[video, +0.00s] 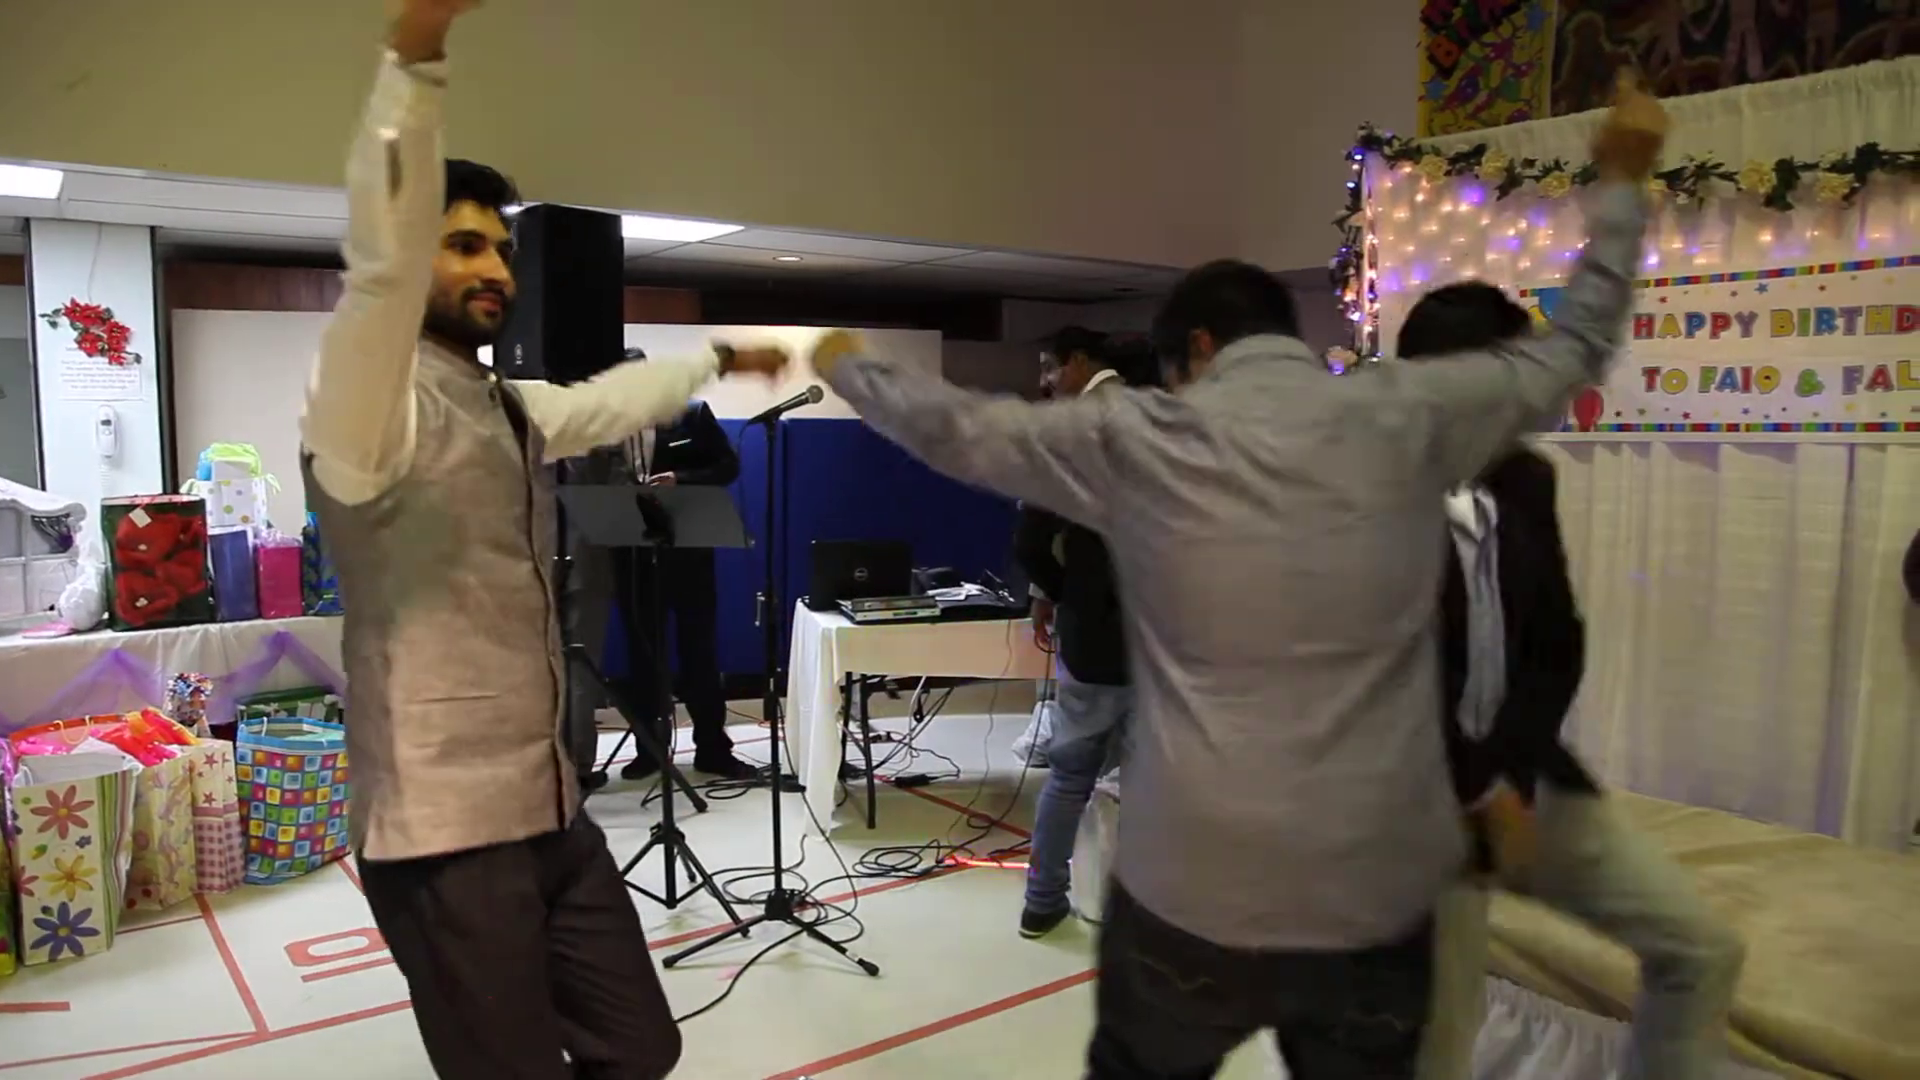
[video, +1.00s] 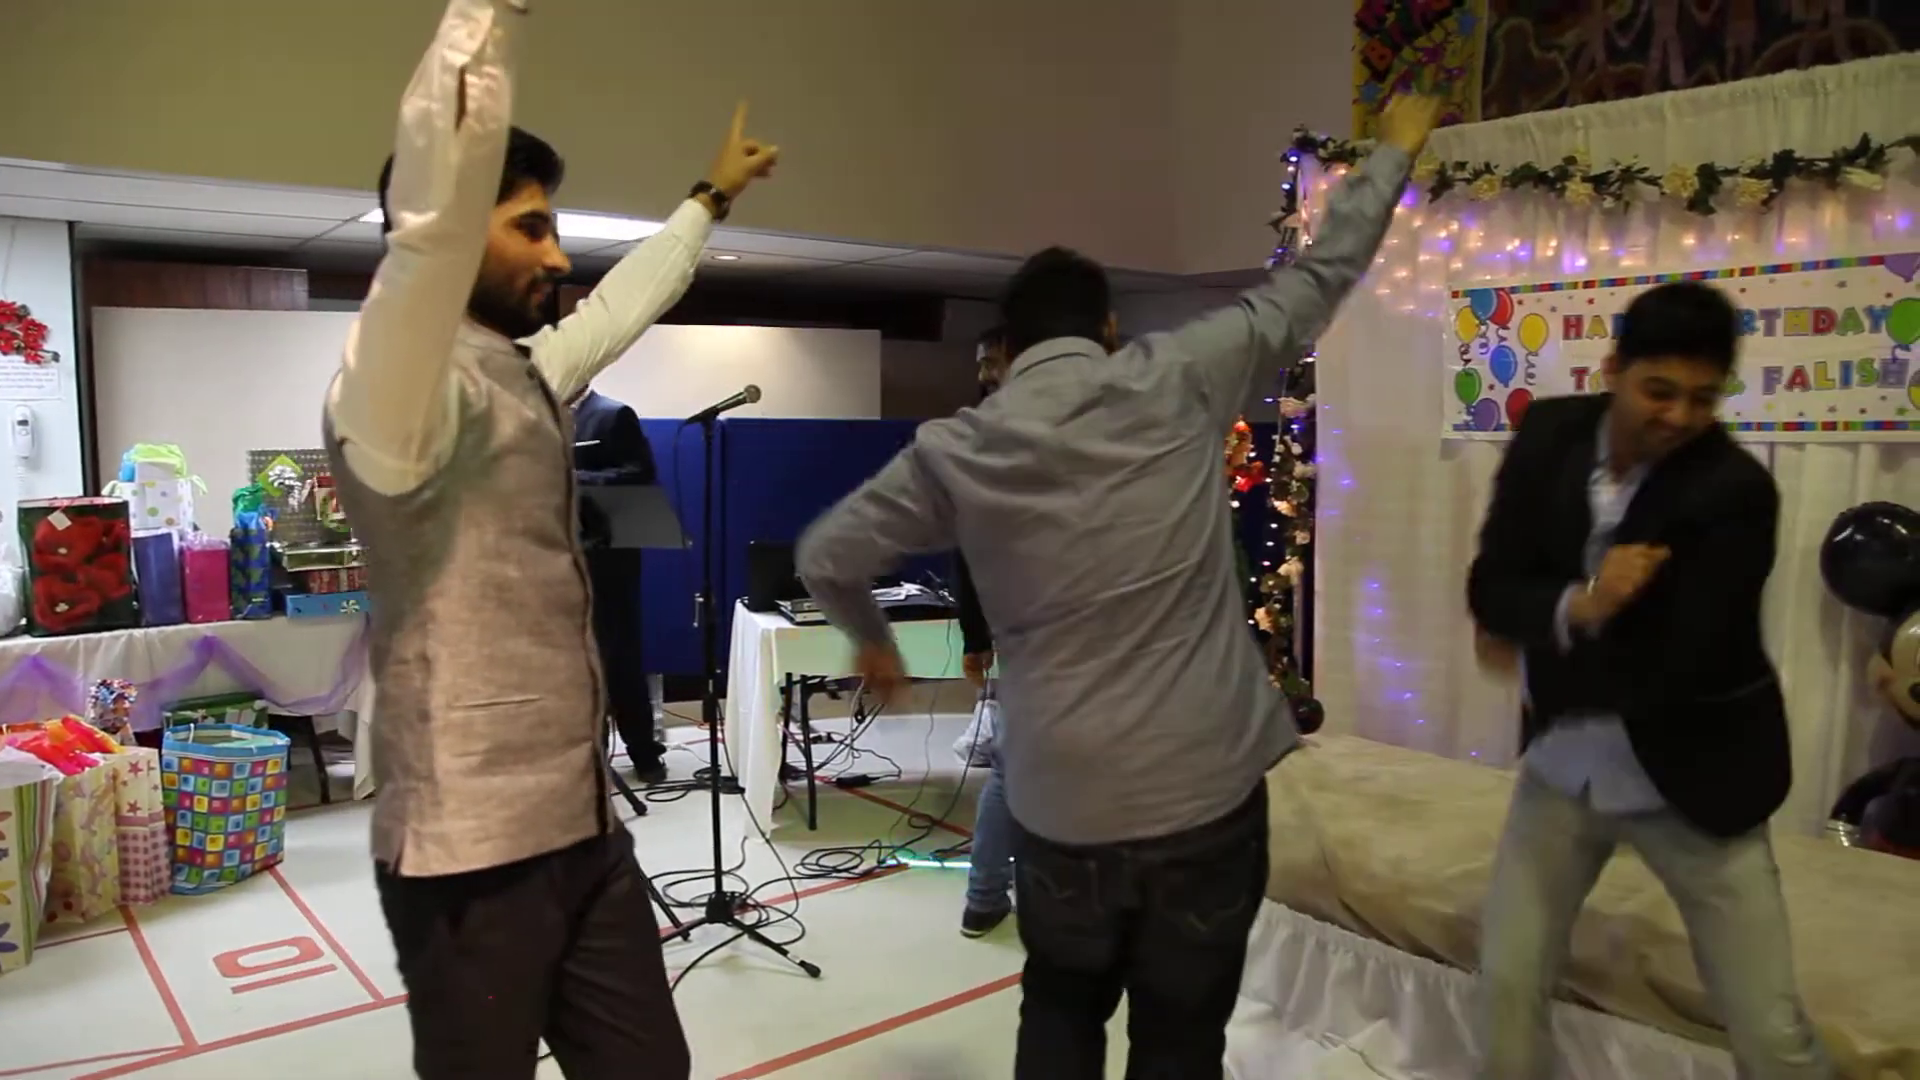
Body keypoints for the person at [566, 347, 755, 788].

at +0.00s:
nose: (634, 394)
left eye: (639, 383)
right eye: (623, 387)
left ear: (654, 379)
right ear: (608, 391)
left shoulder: (690, 415)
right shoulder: (603, 431)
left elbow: (726, 466)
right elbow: (587, 491)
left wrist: (679, 480)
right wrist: (625, 496)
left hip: (689, 555)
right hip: (633, 557)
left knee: (698, 652)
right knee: (642, 654)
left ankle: (713, 750)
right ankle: (649, 750)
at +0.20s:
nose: (603, 398)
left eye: (610, 389)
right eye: (597, 392)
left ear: (628, 386)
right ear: (590, 396)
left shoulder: (673, 415)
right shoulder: (581, 440)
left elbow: (709, 467)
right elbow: (572, 498)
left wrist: (663, 480)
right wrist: (603, 498)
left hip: (673, 557)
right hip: (615, 560)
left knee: (681, 653)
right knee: (624, 656)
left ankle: (697, 751)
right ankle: (633, 751)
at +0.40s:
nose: (576, 390)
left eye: (585, 381)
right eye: (574, 381)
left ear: (612, 380)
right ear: (577, 384)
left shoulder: (660, 416)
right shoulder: (564, 433)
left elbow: (698, 467)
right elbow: (552, 486)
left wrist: (648, 481)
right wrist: (599, 495)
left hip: (659, 556)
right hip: (600, 560)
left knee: (668, 651)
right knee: (609, 653)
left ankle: (684, 750)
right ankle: (621, 750)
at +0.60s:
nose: (574, 382)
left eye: (584, 372)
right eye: (573, 373)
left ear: (610, 374)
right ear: (575, 379)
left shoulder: (654, 415)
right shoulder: (565, 429)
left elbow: (688, 468)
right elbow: (556, 488)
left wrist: (635, 481)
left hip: (647, 558)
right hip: (593, 561)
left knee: (653, 653)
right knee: (604, 657)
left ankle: (666, 750)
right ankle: (610, 753)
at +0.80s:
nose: (576, 372)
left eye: (586, 364)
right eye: (573, 365)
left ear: (605, 366)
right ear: (564, 374)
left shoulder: (639, 415)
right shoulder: (551, 426)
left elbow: (672, 469)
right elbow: (536, 481)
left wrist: (612, 480)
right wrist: (562, 487)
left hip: (632, 559)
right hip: (575, 560)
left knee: (639, 655)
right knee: (586, 658)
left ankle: (651, 751)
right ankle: (593, 751)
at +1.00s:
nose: (557, 374)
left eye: (563, 364)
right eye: (550, 366)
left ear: (579, 372)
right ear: (544, 375)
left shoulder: (613, 418)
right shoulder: (537, 420)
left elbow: (641, 475)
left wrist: (572, 482)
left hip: (611, 558)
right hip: (559, 558)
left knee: (621, 658)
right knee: (568, 661)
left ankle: (645, 756)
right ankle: (577, 763)